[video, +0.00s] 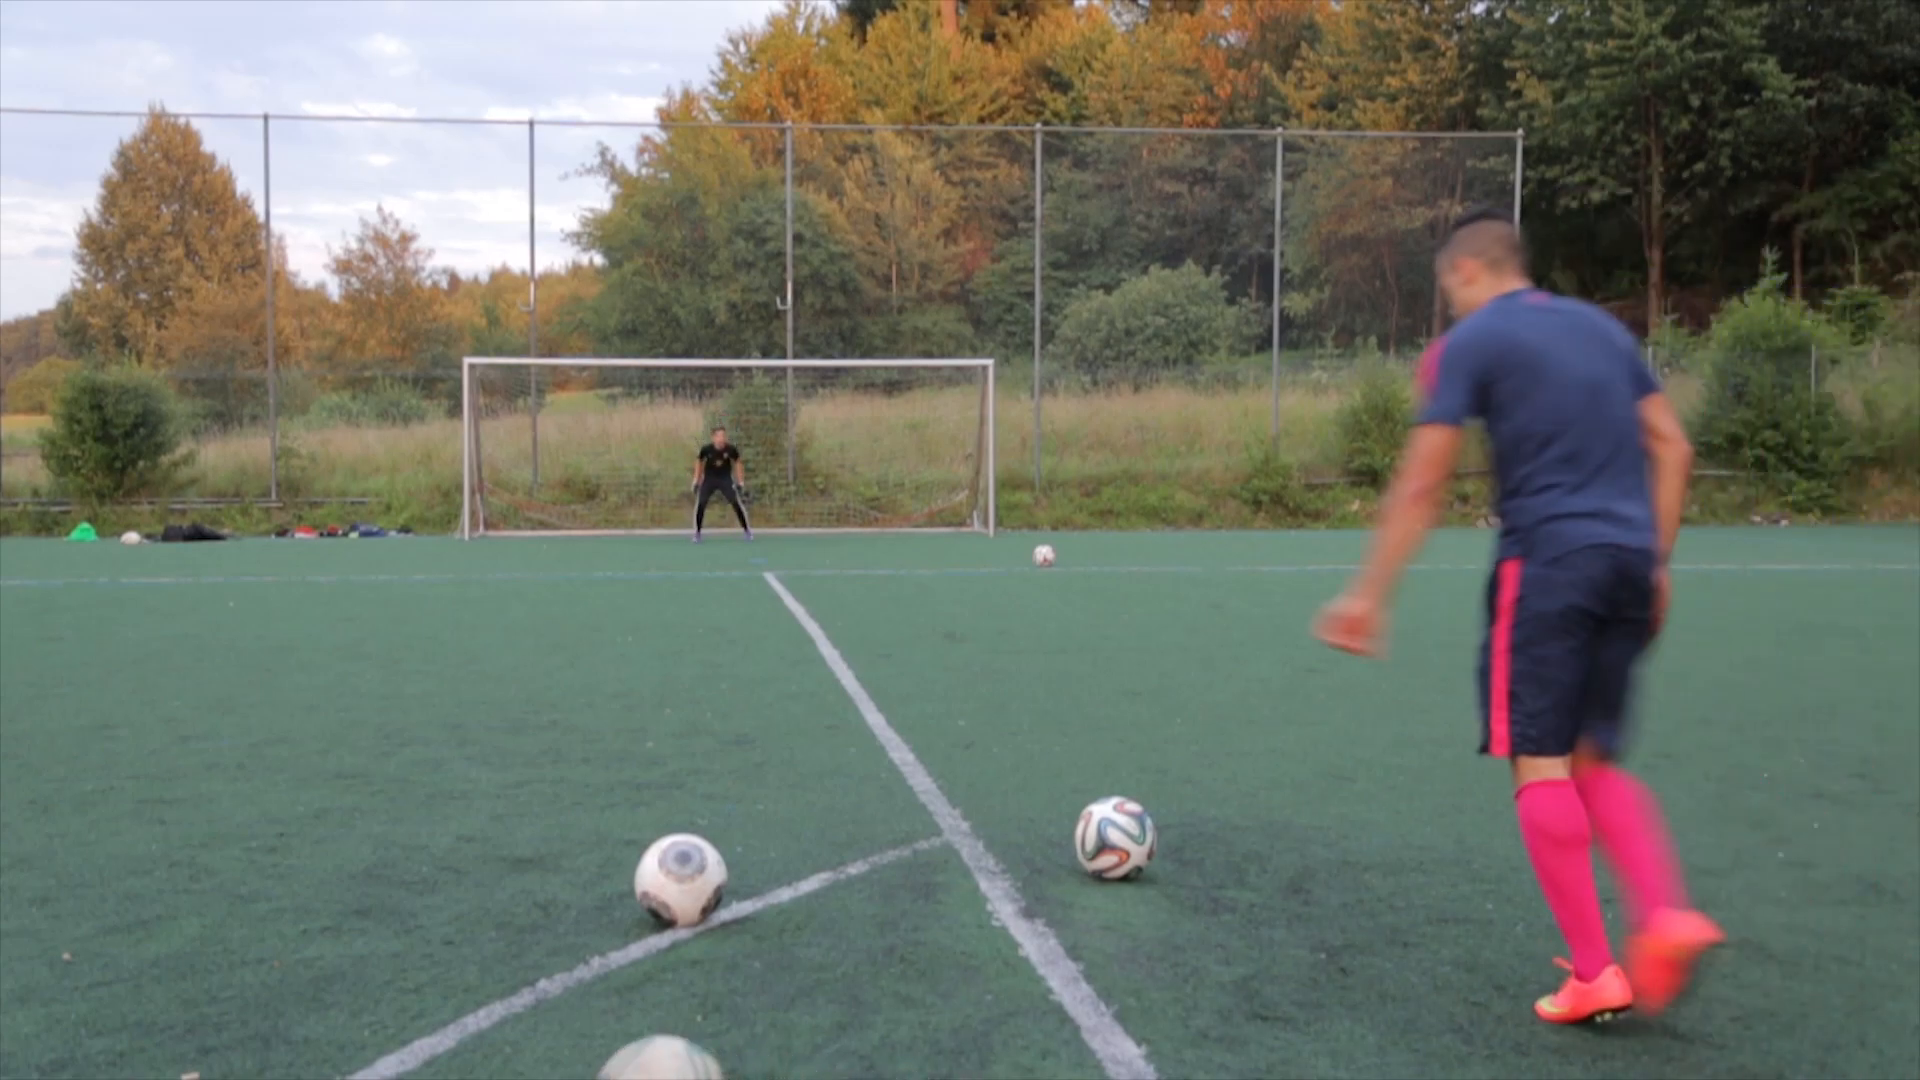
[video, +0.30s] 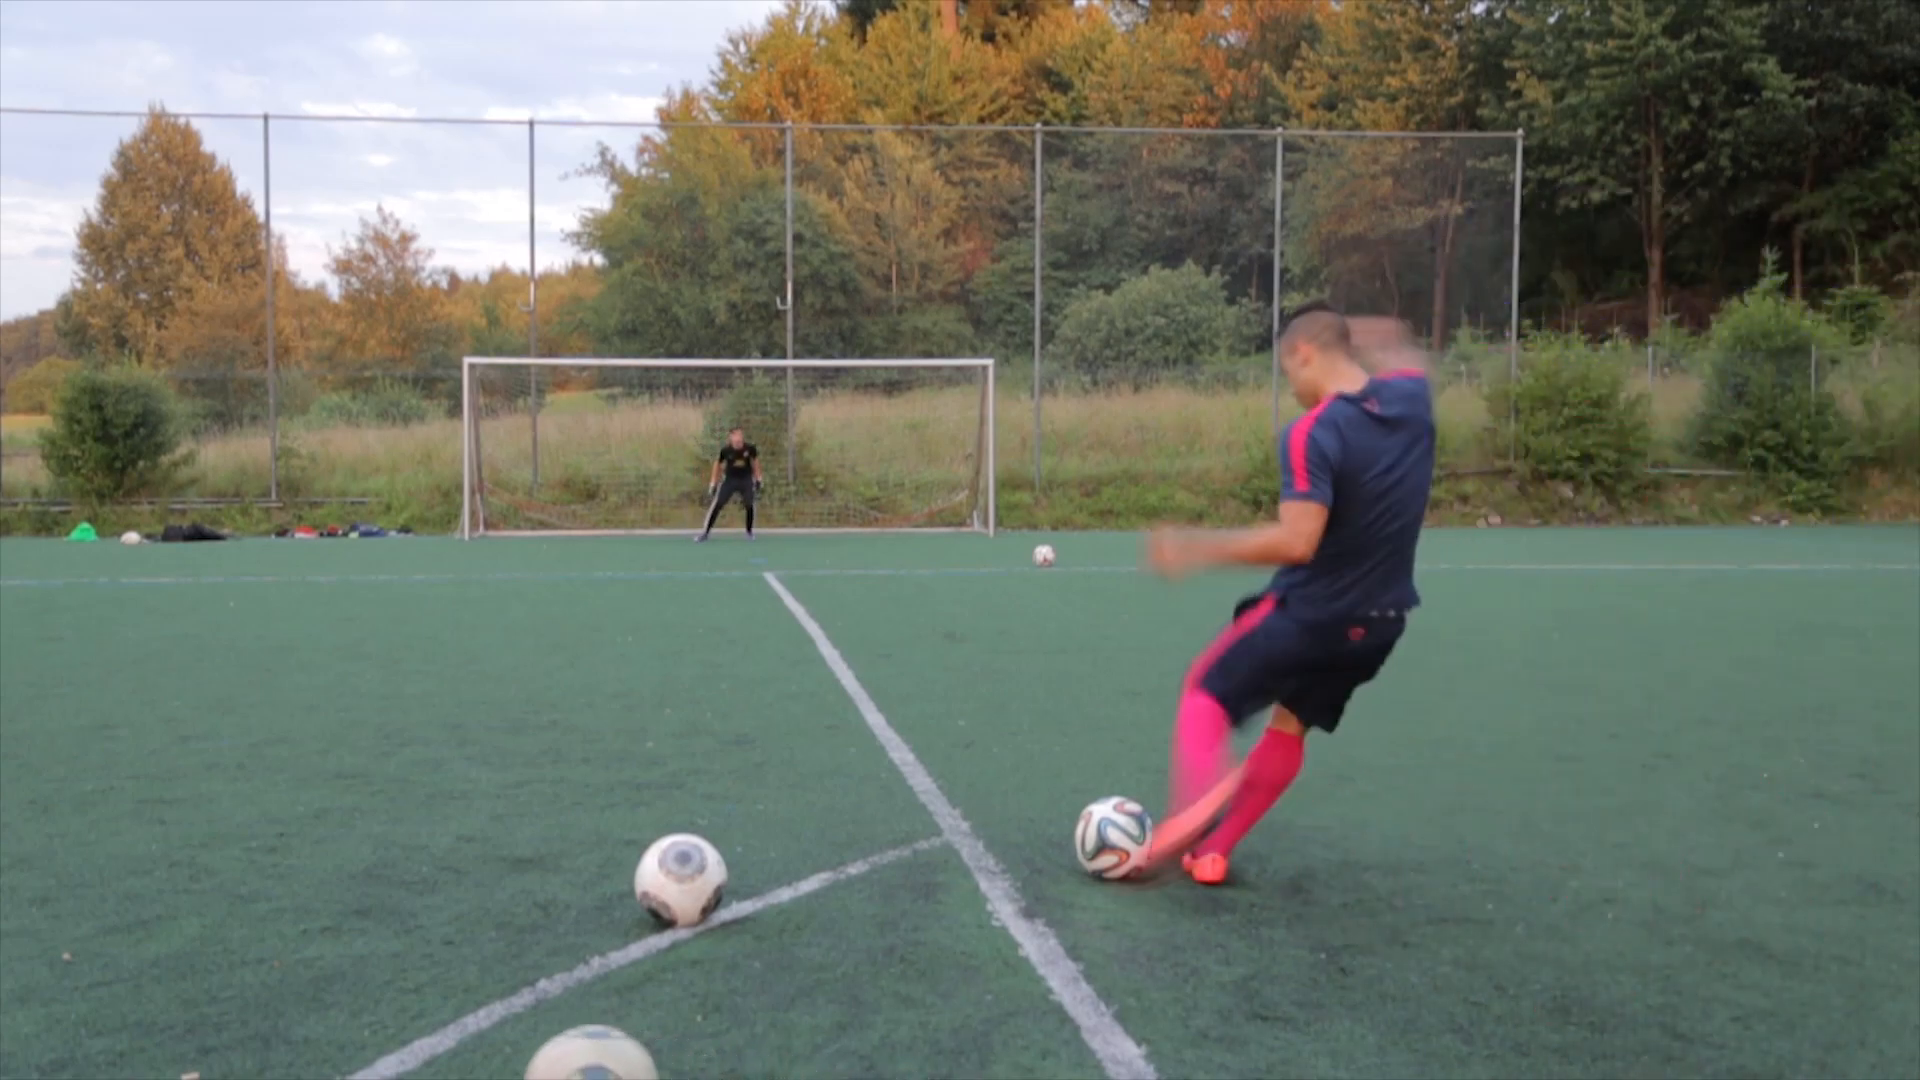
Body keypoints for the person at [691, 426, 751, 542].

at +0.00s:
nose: (720, 439)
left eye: (722, 436)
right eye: (717, 436)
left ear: (725, 438)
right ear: (713, 437)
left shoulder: (731, 450)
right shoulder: (706, 450)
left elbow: (738, 464)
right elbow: (699, 464)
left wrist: (740, 481)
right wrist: (696, 480)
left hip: (725, 481)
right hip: (709, 481)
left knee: (736, 504)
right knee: (701, 505)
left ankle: (746, 530)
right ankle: (698, 532)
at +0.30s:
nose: (737, 442)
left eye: (739, 439)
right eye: (735, 439)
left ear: (743, 439)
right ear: (731, 439)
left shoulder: (750, 450)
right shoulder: (725, 451)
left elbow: (755, 464)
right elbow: (717, 465)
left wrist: (758, 478)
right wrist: (713, 482)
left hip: (746, 482)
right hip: (730, 481)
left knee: (749, 506)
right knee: (717, 505)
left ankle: (749, 532)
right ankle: (705, 532)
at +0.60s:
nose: (755, 447)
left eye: (757, 444)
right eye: (753, 444)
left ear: (760, 444)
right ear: (748, 445)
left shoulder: (768, 454)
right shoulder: (742, 457)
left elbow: (775, 468)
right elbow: (733, 468)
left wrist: (783, 482)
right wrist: (729, 484)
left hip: (765, 483)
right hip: (749, 484)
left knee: (779, 504)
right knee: (743, 505)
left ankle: (795, 530)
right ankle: (746, 532)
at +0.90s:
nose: (732, 455)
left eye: (734, 452)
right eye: (730, 453)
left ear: (739, 451)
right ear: (727, 453)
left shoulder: (749, 461)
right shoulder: (727, 465)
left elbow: (761, 476)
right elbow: (725, 482)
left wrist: (768, 492)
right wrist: (722, 498)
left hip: (753, 491)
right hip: (738, 491)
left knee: (766, 513)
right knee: (726, 507)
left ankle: (788, 531)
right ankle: (736, 534)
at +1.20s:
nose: (701, 434)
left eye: (703, 431)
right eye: (701, 431)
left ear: (710, 433)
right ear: (702, 433)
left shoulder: (719, 447)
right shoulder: (708, 449)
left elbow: (731, 464)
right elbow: (712, 467)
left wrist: (729, 484)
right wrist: (704, 485)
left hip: (727, 480)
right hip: (720, 480)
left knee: (709, 500)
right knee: (711, 503)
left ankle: (720, 530)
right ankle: (734, 530)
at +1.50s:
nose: (682, 424)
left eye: (684, 421)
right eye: (683, 421)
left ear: (688, 423)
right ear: (693, 423)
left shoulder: (692, 439)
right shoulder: (697, 438)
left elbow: (694, 461)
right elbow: (700, 459)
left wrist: (692, 480)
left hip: (697, 475)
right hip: (703, 474)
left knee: (680, 501)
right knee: (697, 506)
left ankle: (679, 534)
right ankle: (721, 526)